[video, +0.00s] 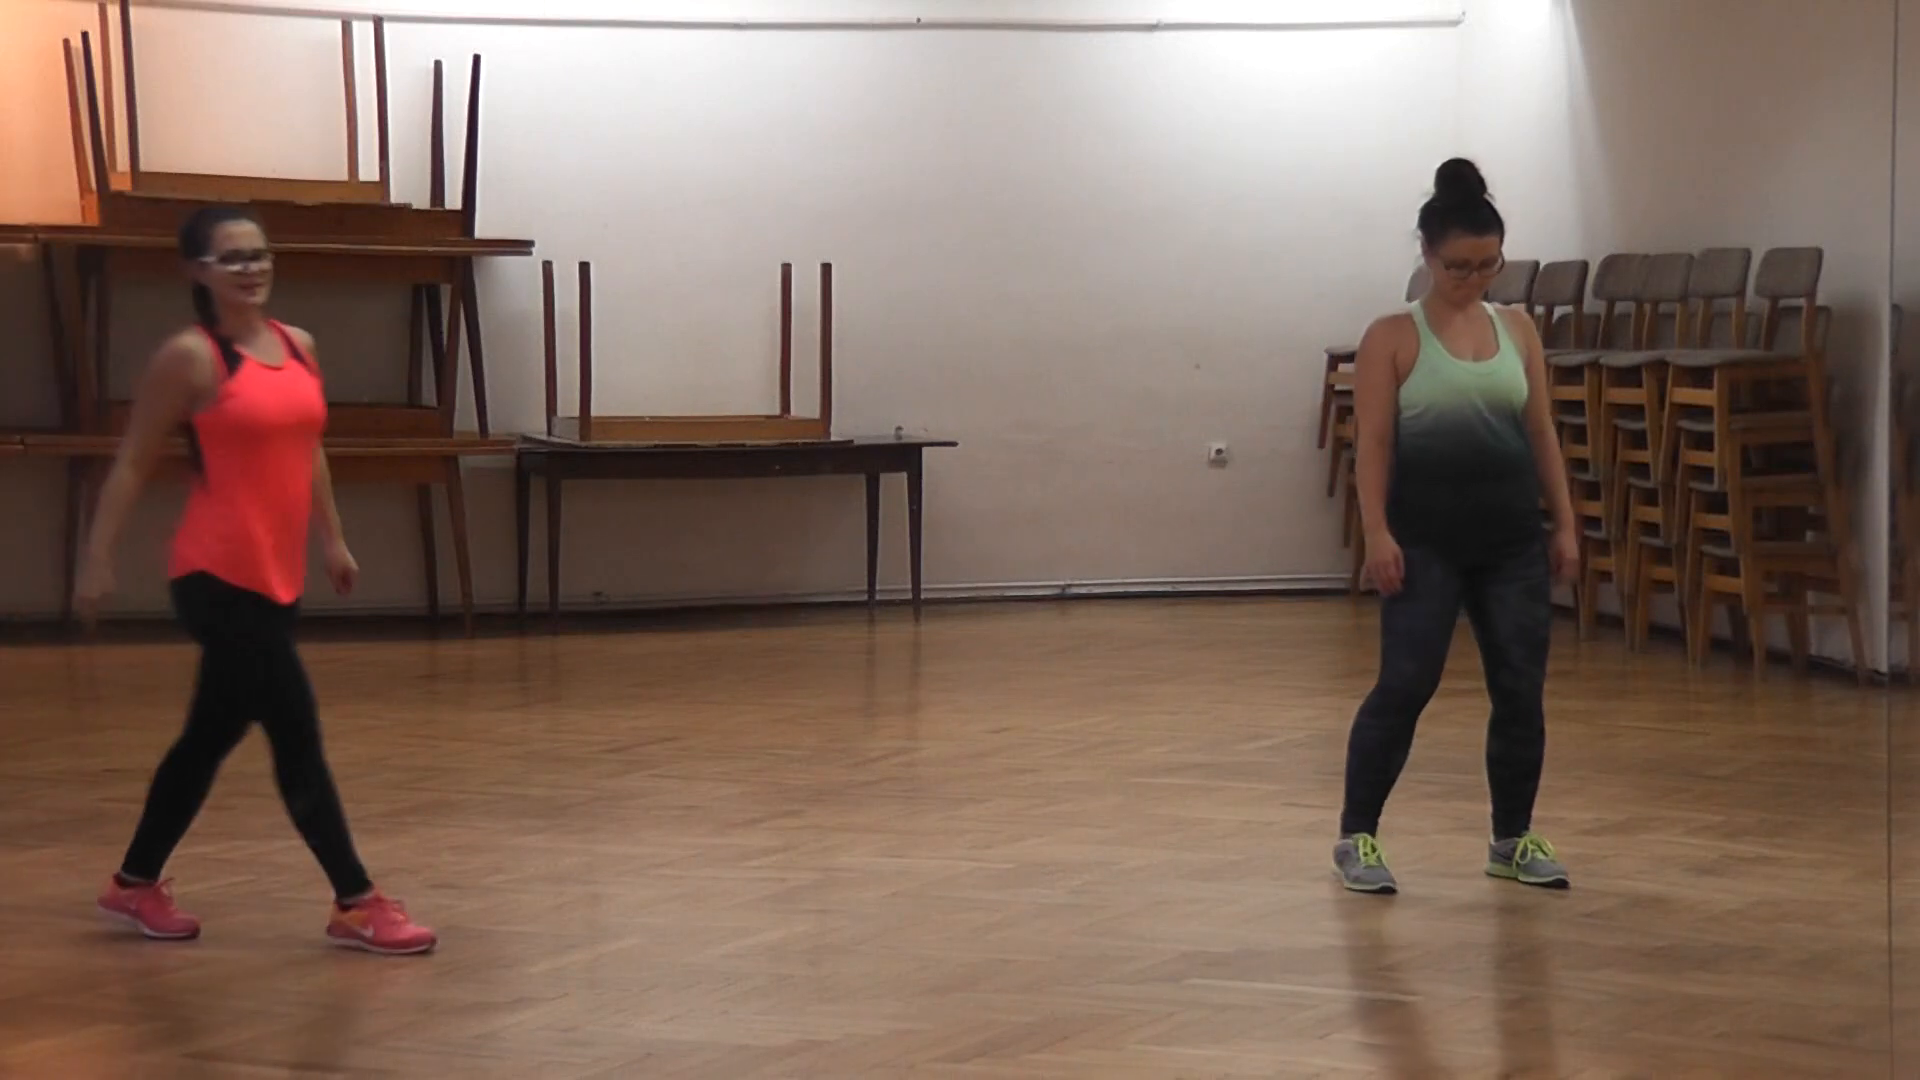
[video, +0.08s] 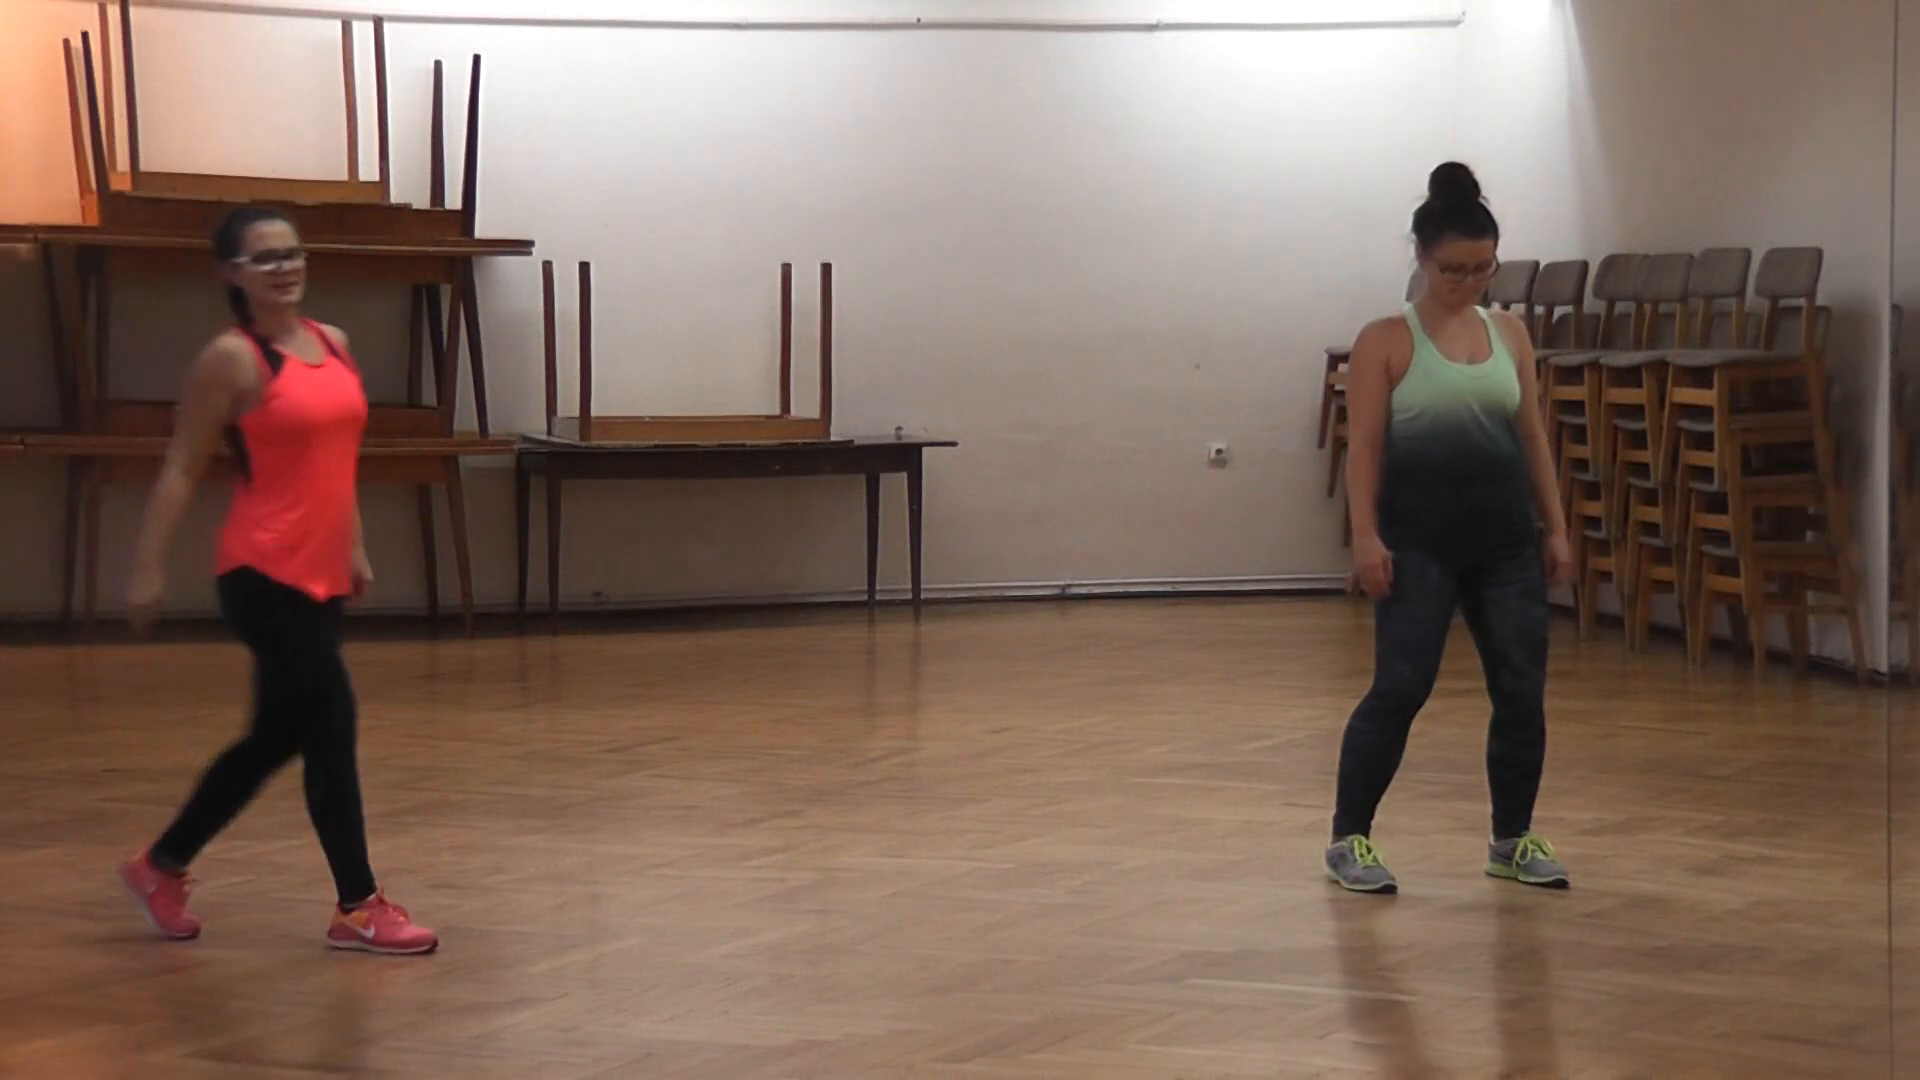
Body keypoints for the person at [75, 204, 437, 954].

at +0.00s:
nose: (252, 269)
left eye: (260, 256)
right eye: (233, 258)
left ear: (273, 264)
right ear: (199, 271)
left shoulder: (296, 346)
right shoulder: (188, 355)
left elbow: (307, 448)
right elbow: (134, 460)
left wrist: (332, 538)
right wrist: (98, 556)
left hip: (275, 579)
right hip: (217, 575)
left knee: (208, 738)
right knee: (293, 721)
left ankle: (134, 882)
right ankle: (356, 900)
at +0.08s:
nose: (285, 268)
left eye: (293, 255)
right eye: (266, 259)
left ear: (306, 263)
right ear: (233, 273)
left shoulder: (330, 341)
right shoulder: (229, 359)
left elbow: (335, 459)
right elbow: (182, 468)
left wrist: (353, 546)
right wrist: (148, 568)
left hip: (320, 577)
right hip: (261, 574)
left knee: (275, 737)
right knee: (331, 716)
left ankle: (161, 865)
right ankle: (359, 906)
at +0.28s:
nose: (368, 260)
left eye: (377, 246)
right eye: (350, 250)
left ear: (391, 255)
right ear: (315, 264)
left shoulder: (410, 338)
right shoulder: (314, 344)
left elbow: (414, 460)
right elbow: (281, 455)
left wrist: (443, 543)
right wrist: (327, 531)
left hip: (416, 568)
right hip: (348, 570)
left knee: (468, 715)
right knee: (377, 728)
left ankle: (375, 842)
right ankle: (359, 904)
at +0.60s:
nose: (494, 253)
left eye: (503, 241)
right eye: (477, 243)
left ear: (518, 249)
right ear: (442, 256)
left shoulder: (551, 340)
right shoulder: (420, 345)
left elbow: (575, 445)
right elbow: (399, 450)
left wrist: (597, 542)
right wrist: (422, 534)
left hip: (557, 568)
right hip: (463, 573)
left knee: (584, 733)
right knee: (445, 734)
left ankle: (609, 890)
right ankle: (403, 890)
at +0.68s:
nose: (515, 253)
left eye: (526, 240)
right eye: (499, 242)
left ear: (542, 250)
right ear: (468, 256)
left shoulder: (578, 342)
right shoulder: (444, 346)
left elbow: (604, 451)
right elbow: (427, 458)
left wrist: (627, 544)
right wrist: (417, 552)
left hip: (578, 568)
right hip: (480, 570)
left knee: (593, 734)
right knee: (459, 731)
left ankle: (610, 890)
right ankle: (427, 885)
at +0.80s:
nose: (544, 253)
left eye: (554, 241)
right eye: (527, 243)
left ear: (568, 250)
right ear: (494, 256)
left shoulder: (603, 343)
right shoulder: (472, 344)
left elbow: (630, 452)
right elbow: (446, 458)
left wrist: (655, 542)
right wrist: (414, 553)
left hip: (595, 566)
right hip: (499, 564)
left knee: (599, 733)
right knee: (467, 720)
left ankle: (609, 890)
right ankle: (444, 873)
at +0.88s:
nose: (553, 253)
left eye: (563, 240)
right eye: (536, 243)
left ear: (578, 249)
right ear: (504, 257)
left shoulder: (611, 345)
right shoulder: (479, 345)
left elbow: (635, 452)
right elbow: (456, 452)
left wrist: (658, 538)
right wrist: (423, 546)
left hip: (598, 566)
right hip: (503, 562)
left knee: (599, 733)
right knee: (469, 718)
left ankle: (609, 892)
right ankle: (429, 877)